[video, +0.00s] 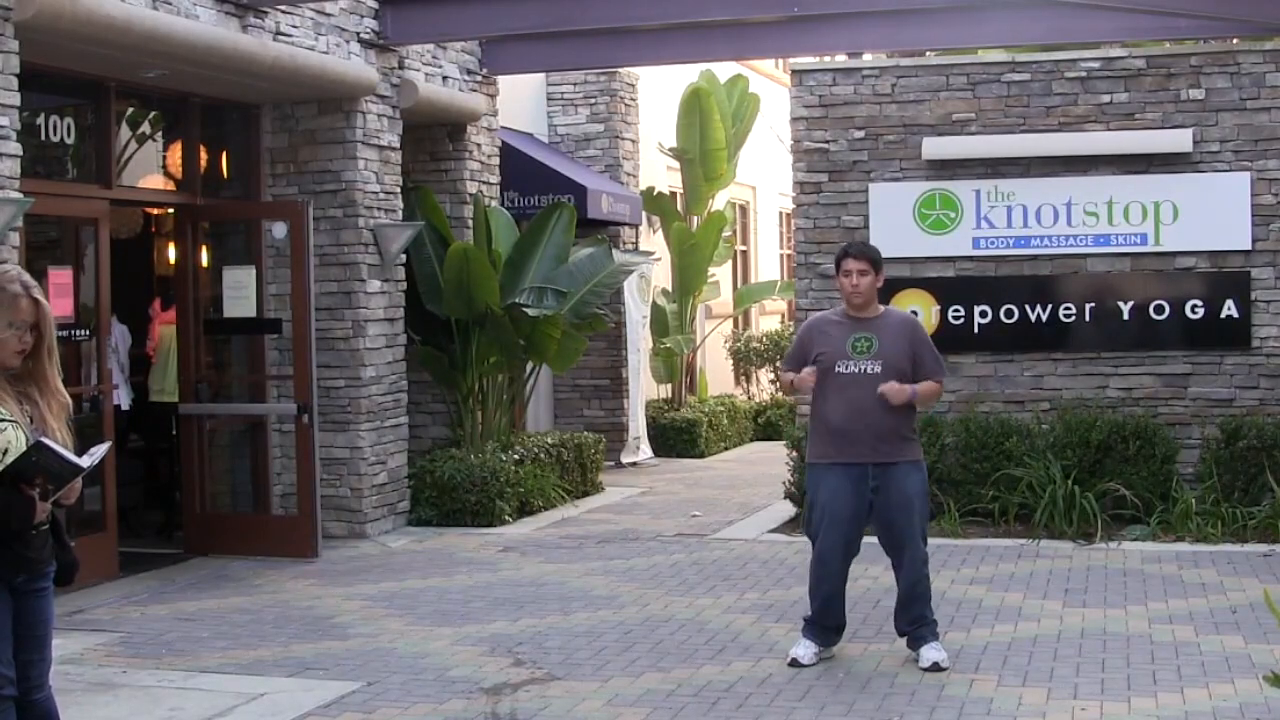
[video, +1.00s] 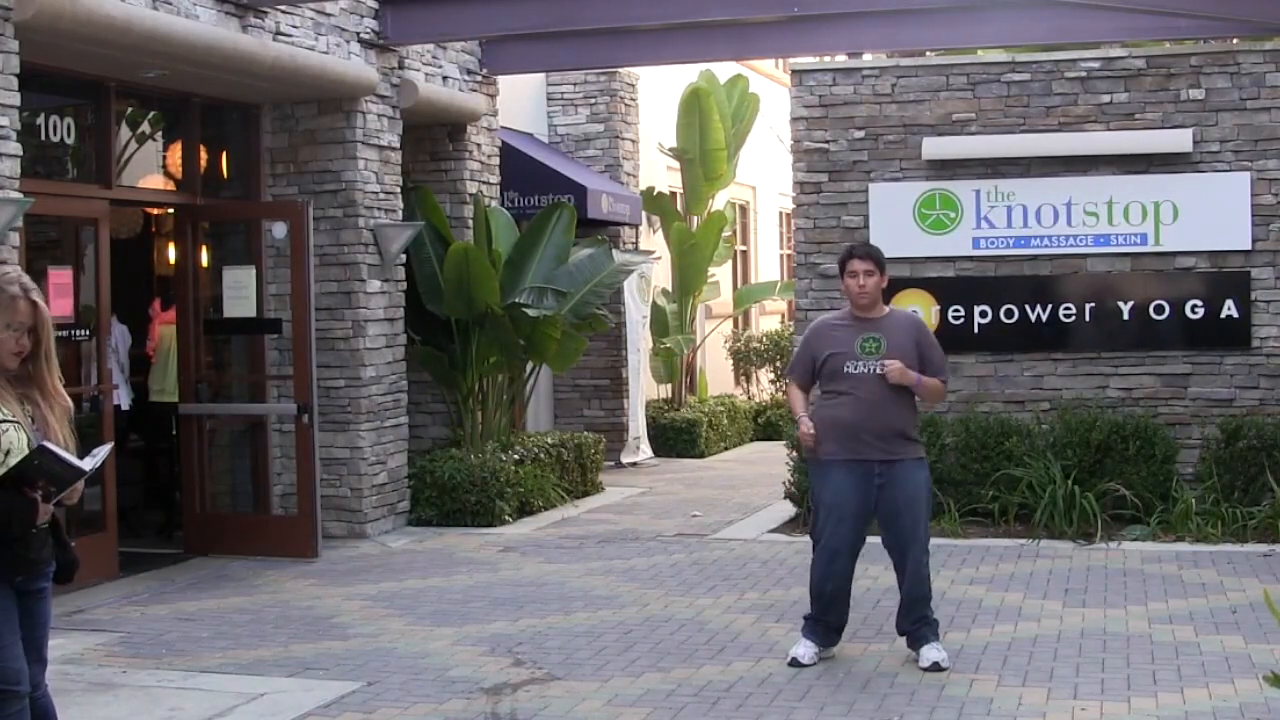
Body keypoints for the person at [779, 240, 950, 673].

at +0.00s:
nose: (853, 281)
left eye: (862, 274)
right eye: (846, 274)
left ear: (879, 279)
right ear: (836, 281)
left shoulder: (906, 326)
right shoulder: (814, 329)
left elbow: (934, 386)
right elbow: (785, 377)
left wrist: (909, 392)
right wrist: (797, 380)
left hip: (899, 461)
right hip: (832, 462)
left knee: (911, 551)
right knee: (828, 551)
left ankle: (923, 637)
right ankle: (818, 634)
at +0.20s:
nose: (854, 287)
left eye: (862, 279)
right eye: (846, 279)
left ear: (879, 283)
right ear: (837, 285)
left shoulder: (908, 330)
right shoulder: (819, 332)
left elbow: (935, 395)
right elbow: (793, 394)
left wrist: (907, 395)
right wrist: (813, 387)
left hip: (897, 465)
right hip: (831, 464)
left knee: (908, 548)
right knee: (823, 550)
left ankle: (922, 637)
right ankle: (818, 634)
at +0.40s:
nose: (859, 282)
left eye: (867, 274)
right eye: (851, 275)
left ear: (882, 278)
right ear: (841, 282)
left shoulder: (912, 325)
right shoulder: (819, 330)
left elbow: (940, 385)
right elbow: (798, 378)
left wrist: (920, 379)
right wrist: (802, 396)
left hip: (906, 458)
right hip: (841, 461)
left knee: (915, 548)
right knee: (837, 550)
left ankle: (924, 636)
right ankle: (818, 634)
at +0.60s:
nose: (858, 288)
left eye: (866, 280)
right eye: (850, 281)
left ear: (882, 284)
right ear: (840, 287)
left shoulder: (911, 334)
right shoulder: (820, 333)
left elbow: (937, 393)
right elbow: (791, 397)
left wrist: (919, 400)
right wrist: (802, 380)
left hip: (905, 462)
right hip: (840, 465)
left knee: (917, 543)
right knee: (843, 552)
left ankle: (923, 637)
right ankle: (821, 636)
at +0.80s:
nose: (858, 284)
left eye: (866, 276)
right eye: (850, 277)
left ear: (881, 281)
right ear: (840, 284)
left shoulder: (908, 330)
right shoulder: (820, 330)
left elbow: (930, 396)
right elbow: (793, 388)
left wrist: (904, 390)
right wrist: (817, 405)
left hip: (896, 464)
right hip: (830, 464)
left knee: (911, 547)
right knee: (820, 552)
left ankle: (923, 637)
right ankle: (817, 634)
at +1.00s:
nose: (860, 283)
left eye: (868, 274)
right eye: (852, 275)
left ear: (883, 279)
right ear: (842, 283)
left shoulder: (911, 326)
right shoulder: (821, 331)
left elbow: (938, 392)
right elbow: (796, 383)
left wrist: (909, 378)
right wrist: (802, 416)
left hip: (902, 459)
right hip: (837, 461)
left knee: (913, 551)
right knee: (832, 552)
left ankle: (924, 637)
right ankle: (817, 635)